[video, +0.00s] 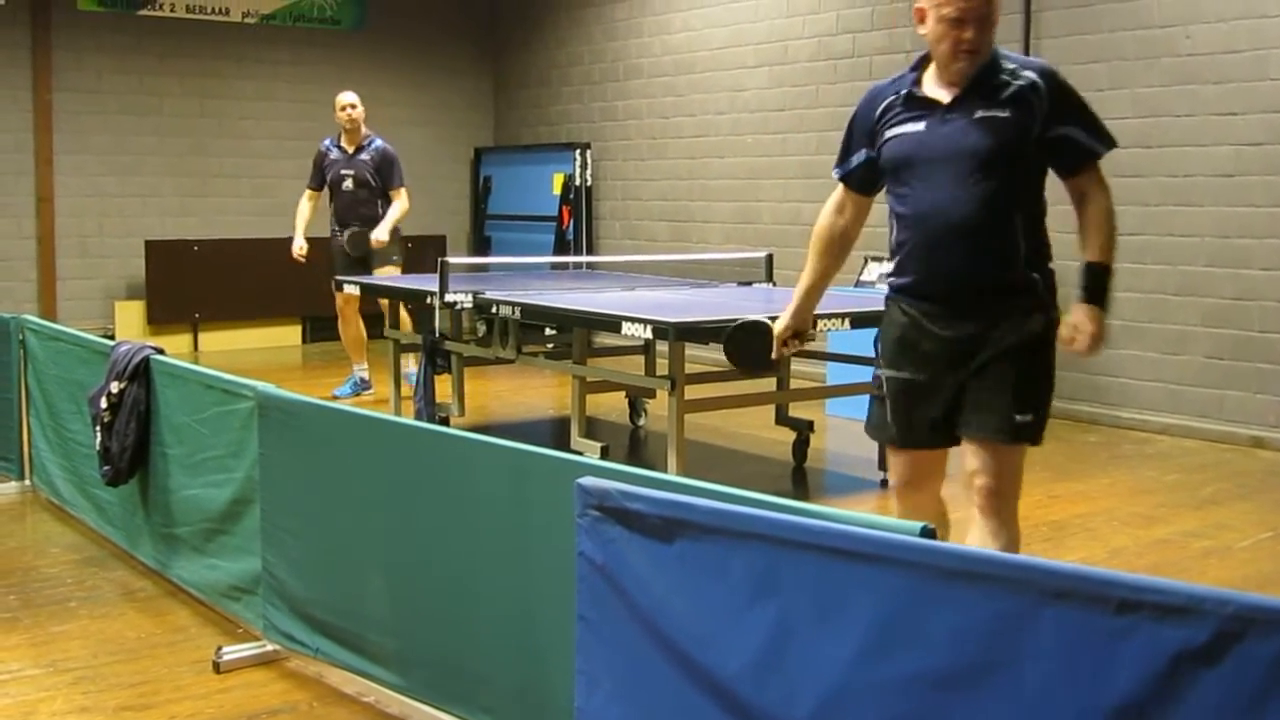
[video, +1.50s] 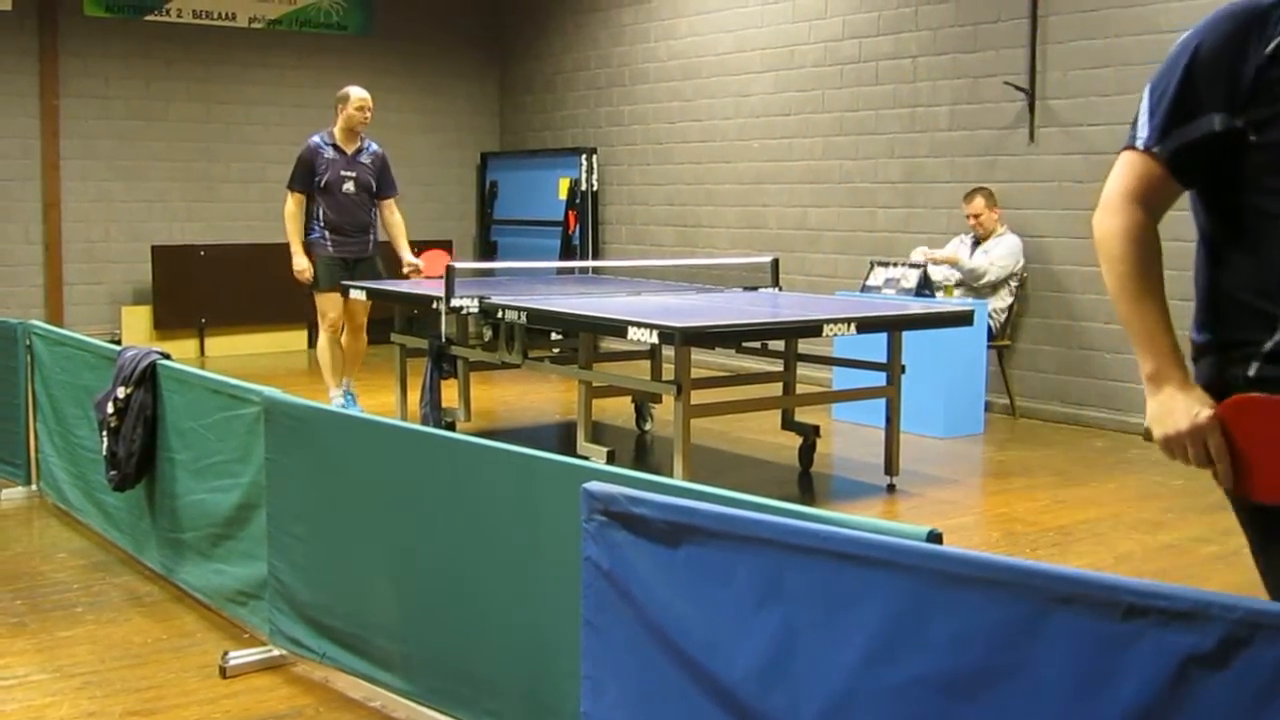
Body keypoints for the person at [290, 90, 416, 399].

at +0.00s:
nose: (350, 112)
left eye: (354, 106)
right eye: (343, 108)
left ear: (363, 111)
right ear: (336, 116)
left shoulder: (382, 152)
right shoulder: (327, 152)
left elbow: (400, 200)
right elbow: (310, 196)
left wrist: (385, 226)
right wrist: (299, 235)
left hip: (380, 235)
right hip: (342, 238)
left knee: (390, 300)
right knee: (345, 304)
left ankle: (411, 370)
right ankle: (361, 376)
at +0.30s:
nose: (343, 109)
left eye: (347, 104)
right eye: (336, 105)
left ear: (357, 111)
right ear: (328, 115)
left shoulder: (376, 152)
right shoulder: (318, 153)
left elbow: (398, 200)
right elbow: (304, 200)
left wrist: (380, 223)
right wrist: (299, 245)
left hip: (367, 242)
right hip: (331, 244)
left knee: (358, 305)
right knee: (344, 311)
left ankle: (347, 381)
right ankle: (364, 375)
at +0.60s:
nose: (350, 110)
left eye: (356, 105)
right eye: (345, 105)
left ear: (365, 113)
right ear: (336, 111)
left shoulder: (375, 156)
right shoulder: (320, 147)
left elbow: (387, 208)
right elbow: (303, 193)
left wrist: (387, 258)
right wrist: (297, 236)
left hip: (360, 242)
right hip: (322, 241)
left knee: (352, 311)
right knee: (324, 312)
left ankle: (344, 388)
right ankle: (357, 367)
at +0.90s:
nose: (357, 113)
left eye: (363, 108)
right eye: (352, 107)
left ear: (369, 114)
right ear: (339, 110)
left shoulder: (378, 154)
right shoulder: (319, 146)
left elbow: (392, 203)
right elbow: (305, 194)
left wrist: (389, 252)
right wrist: (303, 240)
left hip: (362, 245)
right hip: (321, 242)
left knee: (355, 311)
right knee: (309, 311)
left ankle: (345, 388)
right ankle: (319, 382)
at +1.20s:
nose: (364, 117)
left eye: (368, 112)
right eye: (358, 110)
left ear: (371, 116)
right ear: (341, 111)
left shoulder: (378, 156)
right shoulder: (316, 149)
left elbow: (391, 209)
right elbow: (294, 198)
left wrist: (389, 248)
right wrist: (291, 248)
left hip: (365, 251)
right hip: (324, 248)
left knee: (357, 320)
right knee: (327, 316)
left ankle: (346, 389)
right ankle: (326, 391)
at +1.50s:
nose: (367, 115)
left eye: (370, 110)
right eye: (361, 109)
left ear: (370, 114)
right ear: (341, 110)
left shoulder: (375, 155)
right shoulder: (315, 150)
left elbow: (389, 209)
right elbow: (294, 203)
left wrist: (406, 254)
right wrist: (297, 253)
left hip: (364, 252)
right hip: (326, 252)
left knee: (358, 325)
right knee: (331, 324)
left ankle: (347, 387)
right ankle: (334, 394)